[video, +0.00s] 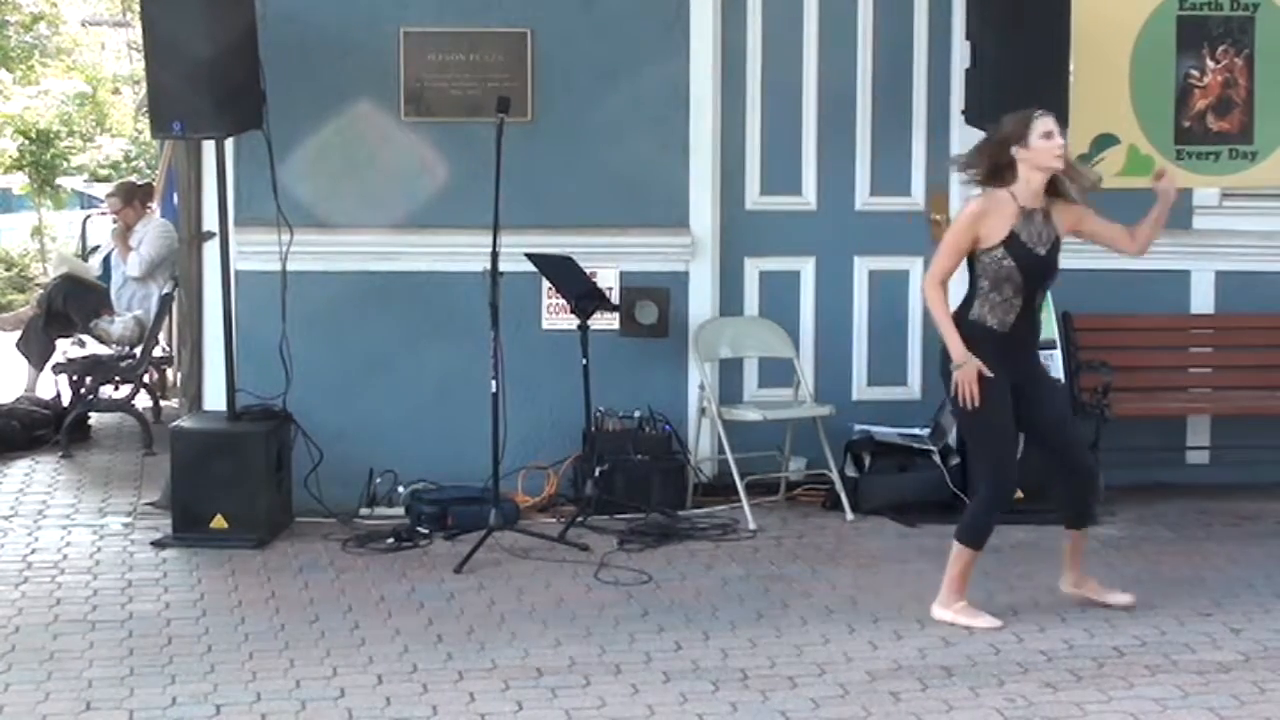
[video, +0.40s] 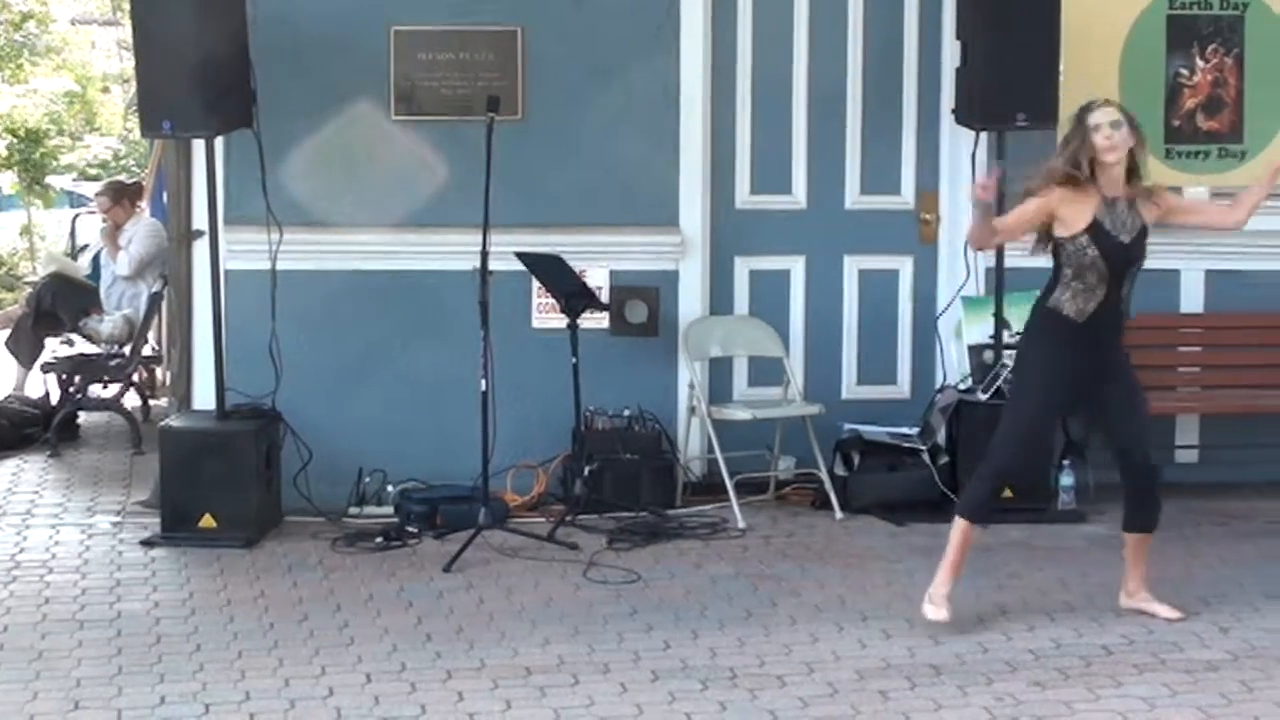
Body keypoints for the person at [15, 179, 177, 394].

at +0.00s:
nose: (115, 220)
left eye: (117, 213)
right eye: (112, 215)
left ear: (136, 206)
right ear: (133, 207)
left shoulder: (162, 230)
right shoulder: (123, 234)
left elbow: (138, 268)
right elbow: (94, 270)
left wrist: (121, 243)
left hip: (137, 320)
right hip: (114, 312)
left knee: (67, 285)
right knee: (42, 322)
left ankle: (33, 311)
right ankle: (29, 391)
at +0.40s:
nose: (105, 219)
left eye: (107, 212)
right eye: (102, 214)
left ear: (125, 204)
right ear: (122, 206)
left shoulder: (150, 229)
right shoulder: (113, 233)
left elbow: (127, 268)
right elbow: (84, 269)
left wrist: (110, 242)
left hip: (127, 317)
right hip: (105, 309)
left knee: (55, 283)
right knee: (33, 320)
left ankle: (25, 310)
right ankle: (18, 388)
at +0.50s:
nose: (89, 220)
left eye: (92, 213)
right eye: (86, 215)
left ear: (110, 204)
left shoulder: (135, 230)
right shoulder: (98, 235)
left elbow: (112, 269)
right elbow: (68, 271)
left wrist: (94, 244)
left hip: (114, 317)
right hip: (91, 309)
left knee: (37, 286)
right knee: (14, 323)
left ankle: (16, 311)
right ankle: (8, 384)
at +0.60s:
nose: (75, 219)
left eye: (77, 213)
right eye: (72, 215)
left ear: (96, 204)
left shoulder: (121, 230)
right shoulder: (84, 233)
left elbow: (100, 269)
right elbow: (55, 270)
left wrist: (81, 245)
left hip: (101, 319)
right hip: (76, 310)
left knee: (25, 286)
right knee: (9, 323)